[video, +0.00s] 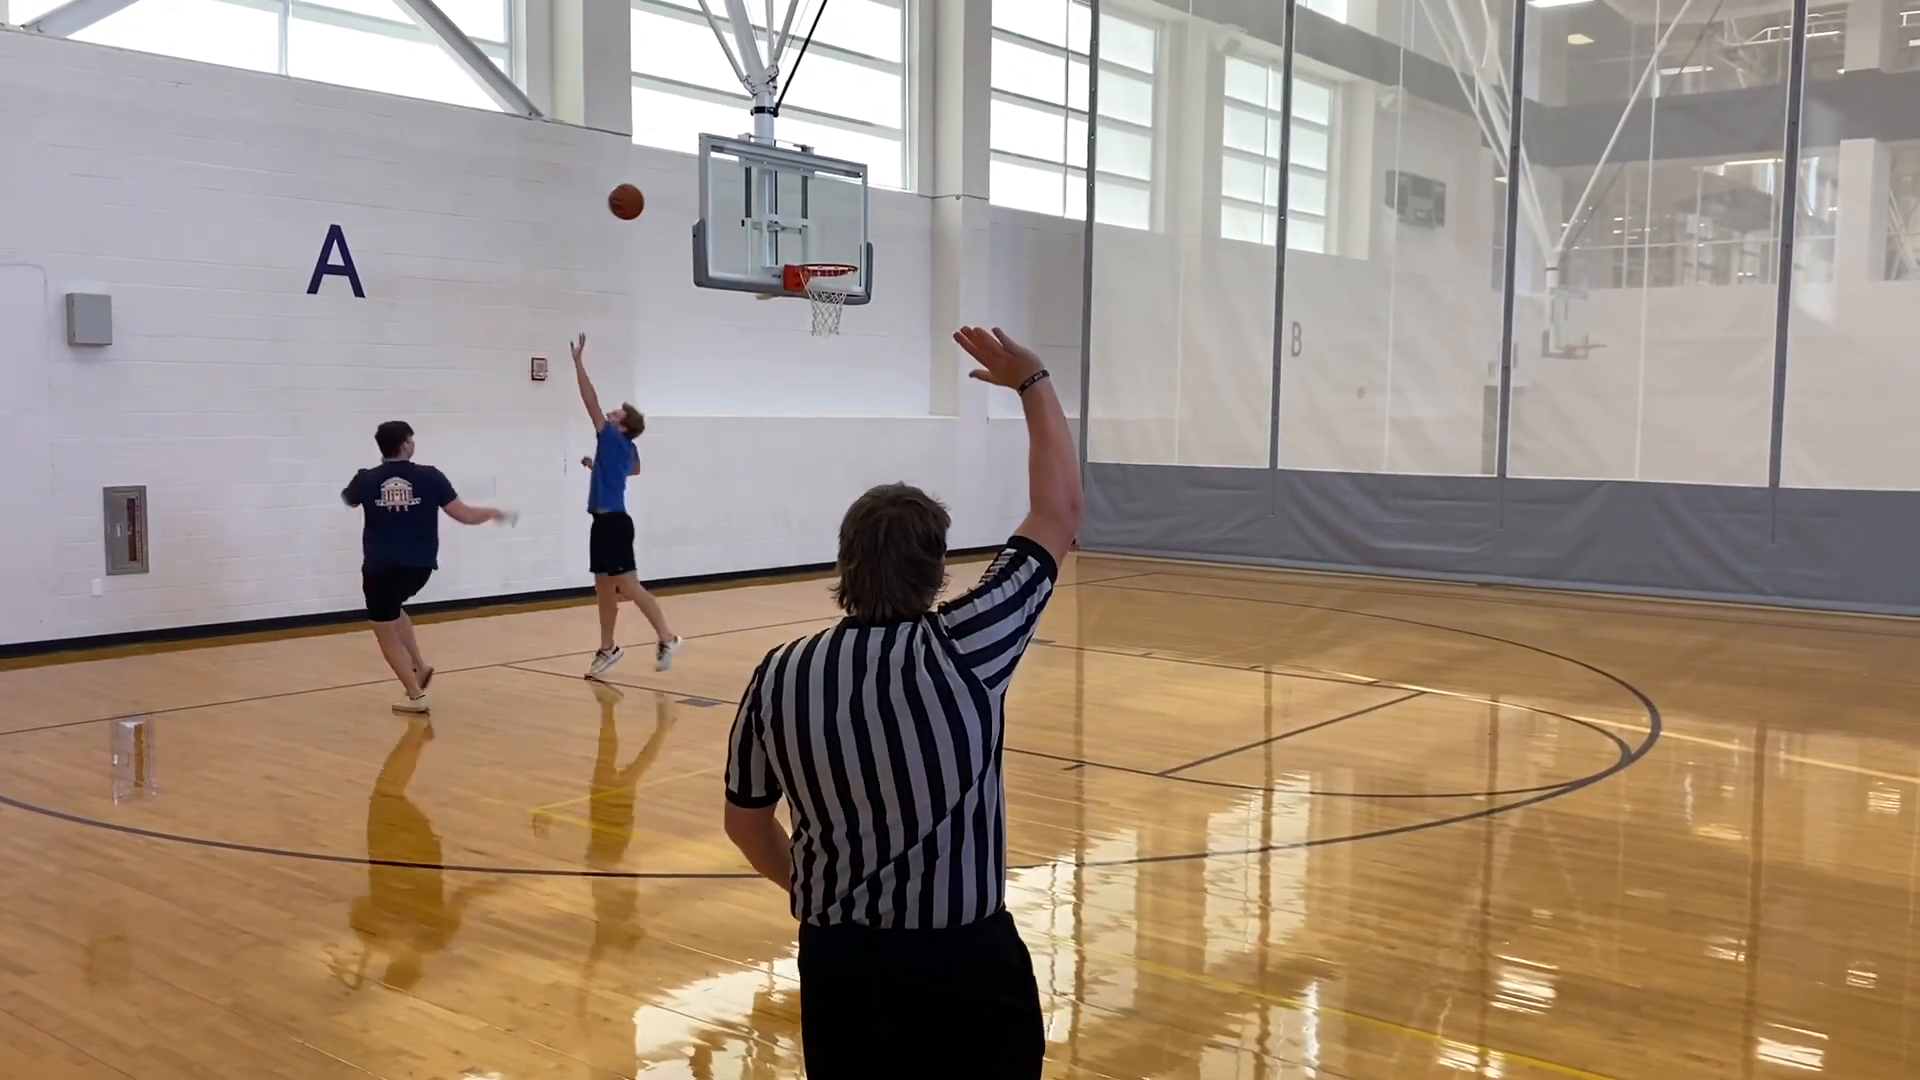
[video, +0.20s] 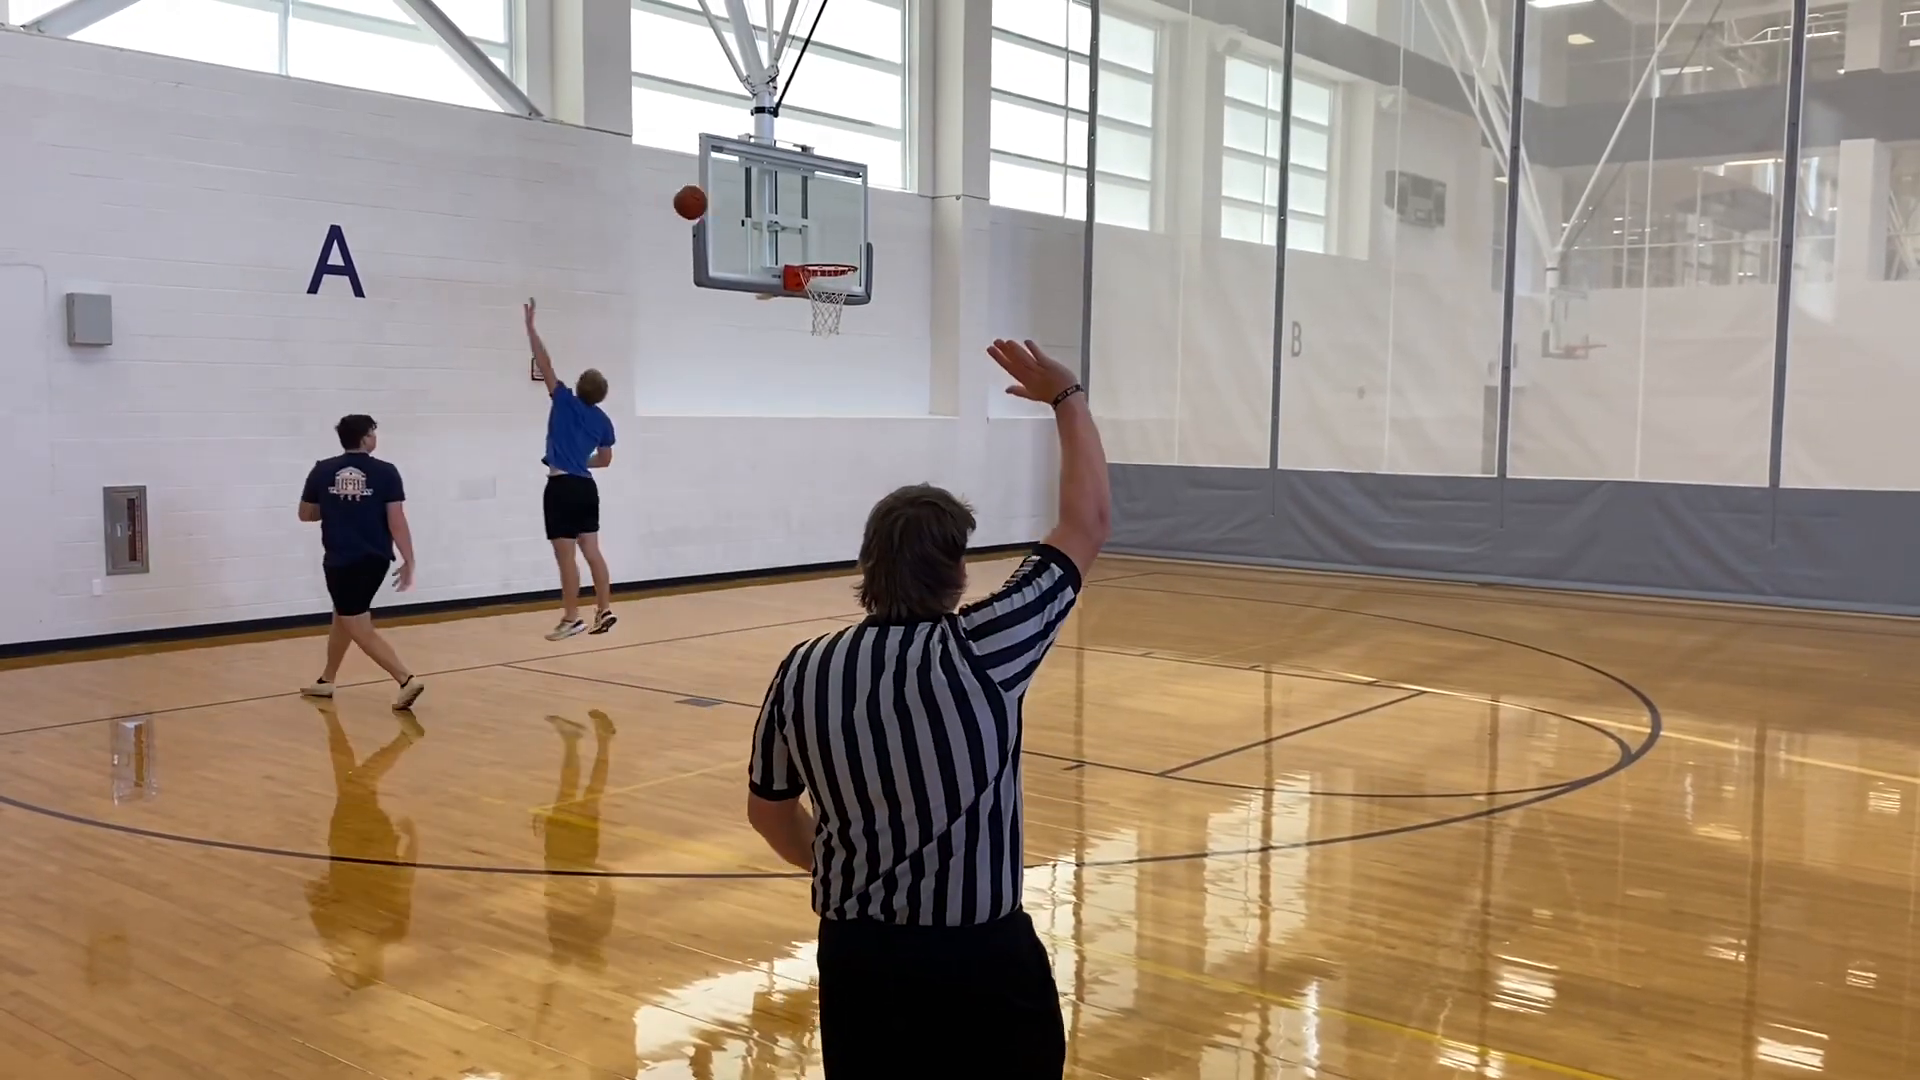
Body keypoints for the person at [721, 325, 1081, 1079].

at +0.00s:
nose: (936, 566)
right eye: (936, 553)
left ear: (846, 568)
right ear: (937, 568)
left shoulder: (779, 675)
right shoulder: (962, 650)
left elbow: (746, 818)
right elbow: (1057, 516)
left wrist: (807, 885)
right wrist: (1035, 383)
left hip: (839, 971)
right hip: (970, 966)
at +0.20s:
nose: (964, 570)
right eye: (962, 557)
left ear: (869, 569)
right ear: (956, 570)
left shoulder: (801, 671)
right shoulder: (980, 650)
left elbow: (769, 809)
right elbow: (1084, 526)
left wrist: (827, 859)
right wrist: (1068, 398)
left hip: (857, 968)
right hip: (986, 967)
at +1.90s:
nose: (1396, 555)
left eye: (1394, 538)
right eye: (1388, 538)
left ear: (1319, 543)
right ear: (1353, 542)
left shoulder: (1235, 626)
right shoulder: (1368, 618)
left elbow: (1206, 740)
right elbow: (1513, 613)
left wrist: (1284, 758)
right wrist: (1662, 585)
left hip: (1264, 879)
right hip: (1354, 886)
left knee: (1304, 1056)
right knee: (1394, 1058)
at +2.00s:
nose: (1417, 555)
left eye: (1415, 539)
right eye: (1410, 539)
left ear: (1336, 543)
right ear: (1376, 541)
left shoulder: (1256, 624)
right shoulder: (1389, 619)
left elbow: (1228, 738)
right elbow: (1534, 614)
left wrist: (1305, 756)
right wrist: (1683, 591)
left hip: (1283, 878)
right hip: (1378, 884)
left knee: (1312, 1057)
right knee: (1433, 1059)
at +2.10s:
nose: (1437, 558)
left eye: (1436, 541)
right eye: (1432, 540)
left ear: (1355, 541)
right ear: (1400, 541)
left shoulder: (1277, 624)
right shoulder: (1412, 620)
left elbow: (1246, 736)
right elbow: (1560, 618)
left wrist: (1325, 756)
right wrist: (1709, 598)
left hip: (1302, 875)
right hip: (1401, 882)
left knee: (1324, 1052)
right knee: (1460, 1053)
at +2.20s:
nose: (1455, 562)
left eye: (1455, 546)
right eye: (1454, 546)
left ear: (1371, 546)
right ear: (1429, 547)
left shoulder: (1300, 626)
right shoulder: (1438, 625)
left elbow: (1265, 737)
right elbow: (1592, 622)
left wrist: (1343, 754)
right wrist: (1742, 604)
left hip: (1325, 876)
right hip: (1428, 883)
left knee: (1337, 1054)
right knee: (1471, 1056)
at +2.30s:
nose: (1479, 569)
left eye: (1478, 553)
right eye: (1479, 555)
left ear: (1396, 552)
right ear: (1463, 557)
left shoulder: (1326, 630)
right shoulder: (1469, 632)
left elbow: (1288, 740)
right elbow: (1633, 640)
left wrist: (1368, 757)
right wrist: (1777, 612)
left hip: (1350, 881)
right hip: (1458, 888)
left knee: (1353, 1057)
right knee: (1496, 1060)